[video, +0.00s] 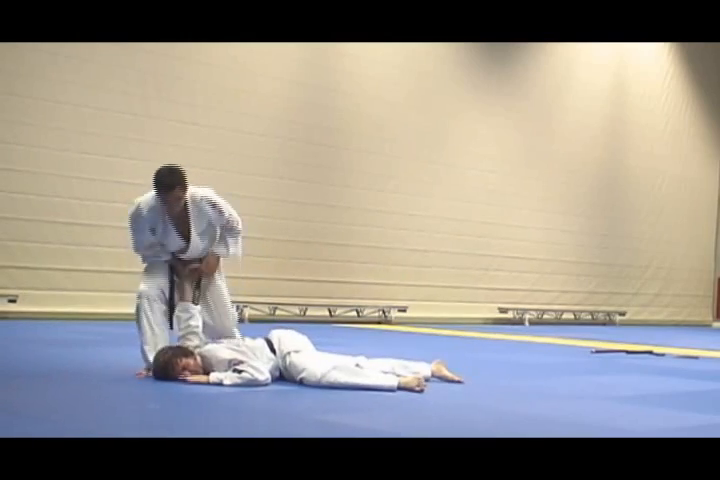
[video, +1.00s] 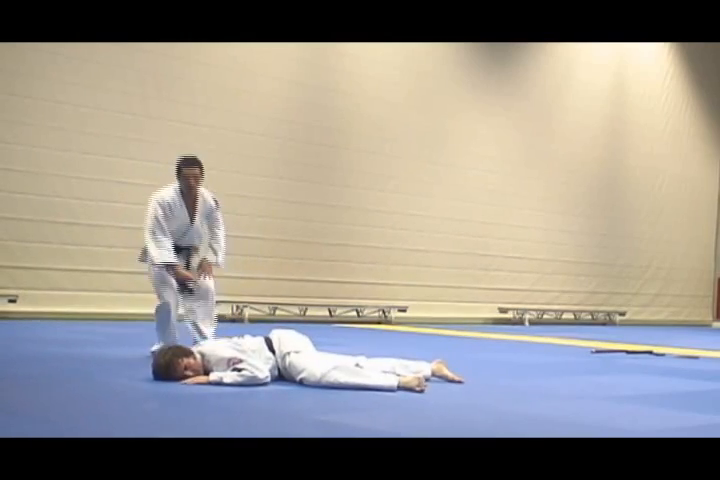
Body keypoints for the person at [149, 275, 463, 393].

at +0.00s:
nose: (188, 374)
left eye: (185, 368)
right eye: (181, 374)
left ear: (189, 357)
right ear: (180, 368)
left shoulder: (215, 353)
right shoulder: (201, 356)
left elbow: (259, 374)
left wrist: (214, 378)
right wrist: (159, 369)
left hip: (281, 348)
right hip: (281, 352)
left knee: (314, 373)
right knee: (353, 363)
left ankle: (397, 381)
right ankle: (428, 368)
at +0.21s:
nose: (188, 372)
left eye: (186, 366)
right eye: (181, 373)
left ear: (189, 356)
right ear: (177, 371)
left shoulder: (213, 355)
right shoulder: (193, 350)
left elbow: (258, 373)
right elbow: (184, 318)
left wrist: (213, 380)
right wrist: (185, 289)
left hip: (281, 347)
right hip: (280, 351)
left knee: (317, 373)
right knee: (352, 365)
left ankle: (399, 382)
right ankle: (426, 368)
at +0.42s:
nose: (187, 370)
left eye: (184, 365)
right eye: (181, 372)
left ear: (188, 355)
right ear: (180, 370)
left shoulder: (212, 352)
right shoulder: (198, 353)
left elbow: (259, 373)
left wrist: (213, 379)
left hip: (280, 347)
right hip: (280, 349)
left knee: (316, 373)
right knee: (351, 363)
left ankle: (399, 381)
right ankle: (427, 369)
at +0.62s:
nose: (189, 373)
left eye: (185, 367)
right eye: (183, 373)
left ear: (188, 353)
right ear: (183, 365)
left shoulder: (213, 350)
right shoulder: (203, 354)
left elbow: (259, 373)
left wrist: (213, 379)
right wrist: (206, 369)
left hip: (280, 347)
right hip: (281, 350)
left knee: (314, 373)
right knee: (351, 365)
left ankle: (399, 382)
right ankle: (428, 368)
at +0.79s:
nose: (188, 371)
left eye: (184, 366)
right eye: (183, 372)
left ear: (187, 355)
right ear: (183, 368)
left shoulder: (212, 351)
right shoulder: (205, 355)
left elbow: (258, 373)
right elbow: (236, 366)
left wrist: (213, 379)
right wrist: (207, 368)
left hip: (280, 347)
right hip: (280, 351)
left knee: (315, 373)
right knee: (351, 364)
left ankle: (399, 382)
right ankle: (428, 368)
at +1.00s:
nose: (189, 375)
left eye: (185, 370)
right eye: (183, 375)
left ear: (189, 359)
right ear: (184, 364)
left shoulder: (213, 351)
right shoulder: (203, 352)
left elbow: (259, 372)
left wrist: (214, 379)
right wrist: (207, 369)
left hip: (280, 348)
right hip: (280, 349)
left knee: (317, 373)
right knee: (350, 365)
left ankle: (400, 381)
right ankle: (427, 368)